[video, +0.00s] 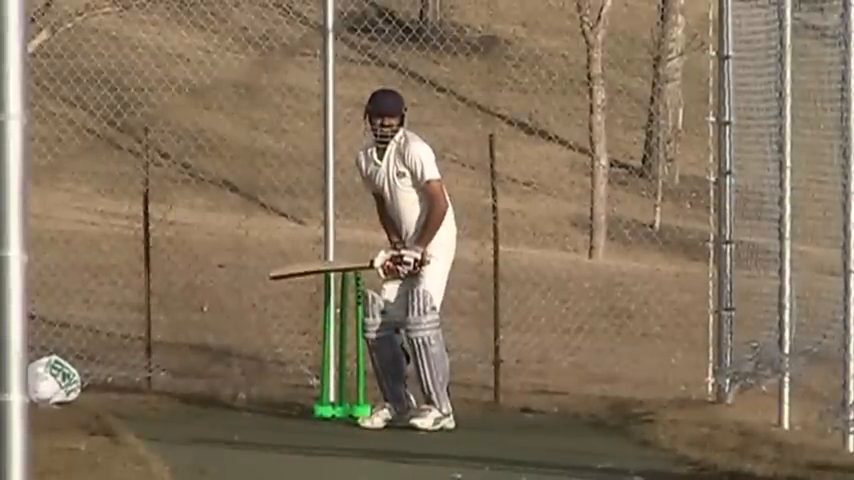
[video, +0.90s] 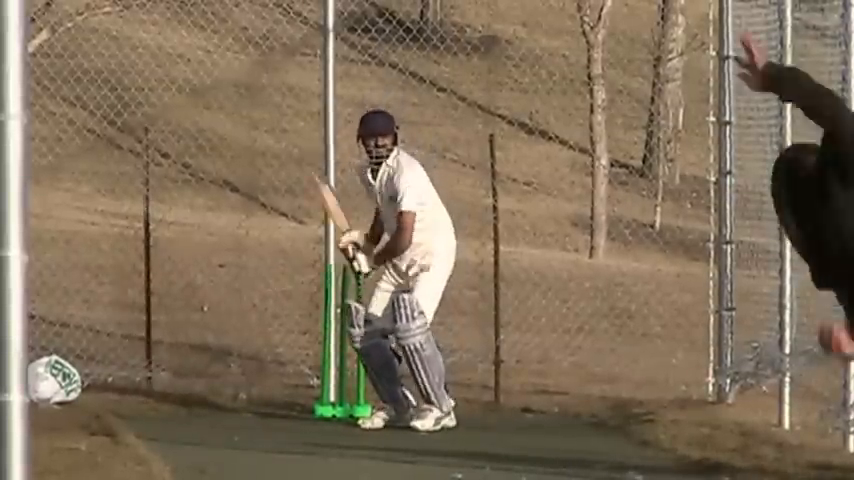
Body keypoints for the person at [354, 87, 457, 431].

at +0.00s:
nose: (385, 126)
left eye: (392, 120)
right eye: (379, 119)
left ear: (402, 121)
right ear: (368, 120)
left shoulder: (414, 150)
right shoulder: (365, 157)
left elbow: (439, 202)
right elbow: (382, 203)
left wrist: (419, 247)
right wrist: (396, 246)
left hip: (434, 241)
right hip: (403, 244)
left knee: (420, 318)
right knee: (377, 319)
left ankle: (438, 407)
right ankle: (398, 403)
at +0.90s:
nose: (377, 146)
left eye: (384, 139)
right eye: (370, 140)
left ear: (395, 139)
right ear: (361, 142)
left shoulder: (406, 173)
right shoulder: (369, 172)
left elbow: (404, 238)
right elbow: (382, 212)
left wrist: (374, 260)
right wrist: (366, 243)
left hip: (431, 257)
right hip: (397, 258)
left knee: (411, 327)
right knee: (369, 330)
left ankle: (439, 406)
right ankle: (397, 405)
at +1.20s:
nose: (410, 149)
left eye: (416, 142)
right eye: (402, 144)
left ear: (425, 142)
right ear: (392, 146)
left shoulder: (443, 168)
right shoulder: (384, 182)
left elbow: (434, 221)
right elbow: (390, 237)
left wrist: (391, 254)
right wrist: (372, 258)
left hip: (439, 271)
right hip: (397, 271)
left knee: (449, 324)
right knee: (360, 331)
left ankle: (445, 407)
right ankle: (381, 394)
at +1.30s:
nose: (416, 148)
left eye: (422, 141)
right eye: (408, 142)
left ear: (431, 138)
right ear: (396, 142)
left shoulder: (441, 147)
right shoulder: (402, 178)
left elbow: (463, 176)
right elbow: (431, 225)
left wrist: (480, 218)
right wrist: (467, 241)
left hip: (448, 256)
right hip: (409, 259)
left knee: (461, 322)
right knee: (390, 329)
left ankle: (450, 401)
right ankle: (362, 394)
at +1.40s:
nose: (428, 150)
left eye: (434, 142)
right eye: (420, 144)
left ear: (439, 139)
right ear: (404, 143)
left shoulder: (442, 147)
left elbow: (483, 180)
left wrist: (526, 205)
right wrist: (533, 199)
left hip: (444, 252)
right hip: (413, 258)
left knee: (462, 324)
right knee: (404, 345)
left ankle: (450, 406)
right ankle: (365, 392)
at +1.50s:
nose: (456, 139)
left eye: (456, 133)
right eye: (451, 134)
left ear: (435, 133)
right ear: (434, 135)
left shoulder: (435, 152)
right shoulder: (429, 165)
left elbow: (478, 153)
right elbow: (485, 166)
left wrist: (521, 140)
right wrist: (524, 139)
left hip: (450, 251)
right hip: (423, 255)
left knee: (470, 326)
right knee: (412, 339)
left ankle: (451, 406)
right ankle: (368, 386)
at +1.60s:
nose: (482, 122)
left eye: (481, 115)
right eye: (478, 115)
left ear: (447, 116)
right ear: (465, 117)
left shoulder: (428, 140)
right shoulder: (463, 151)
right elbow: (499, 146)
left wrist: (498, 109)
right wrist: (502, 112)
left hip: (450, 246)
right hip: (431, 247)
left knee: (473, 326)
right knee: (422, 339)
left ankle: (448, 404)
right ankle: (365, 380)